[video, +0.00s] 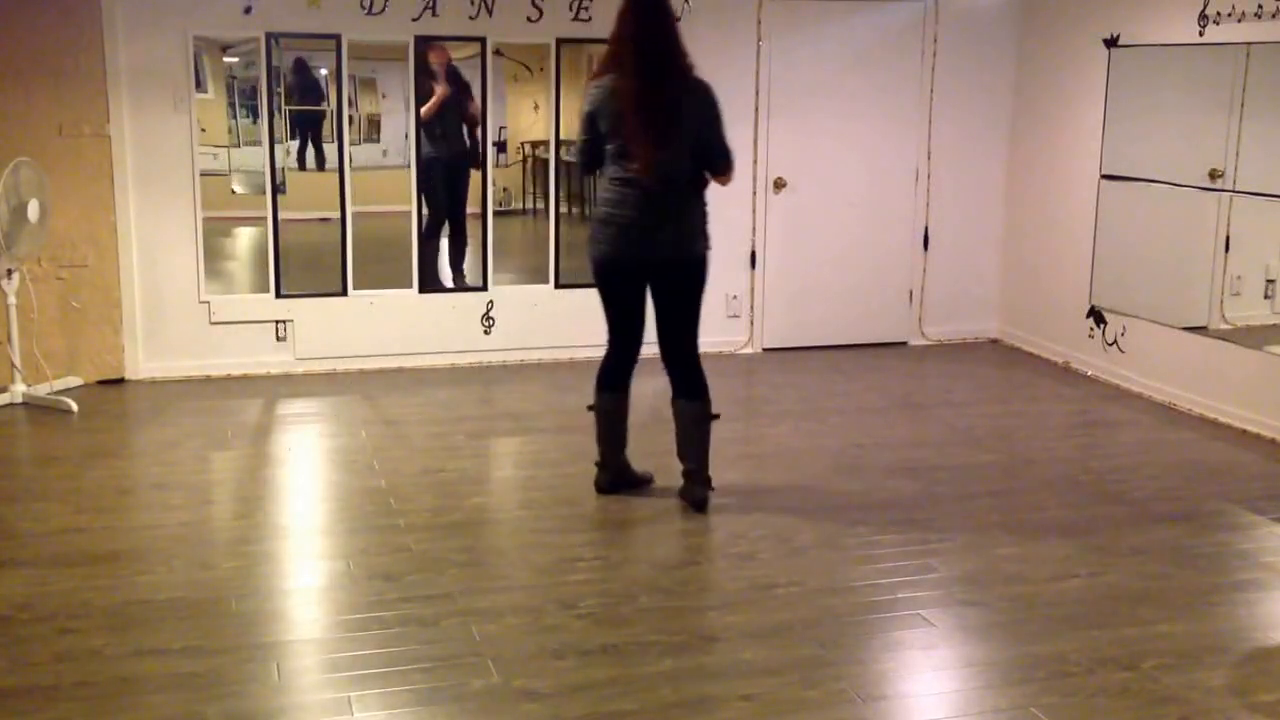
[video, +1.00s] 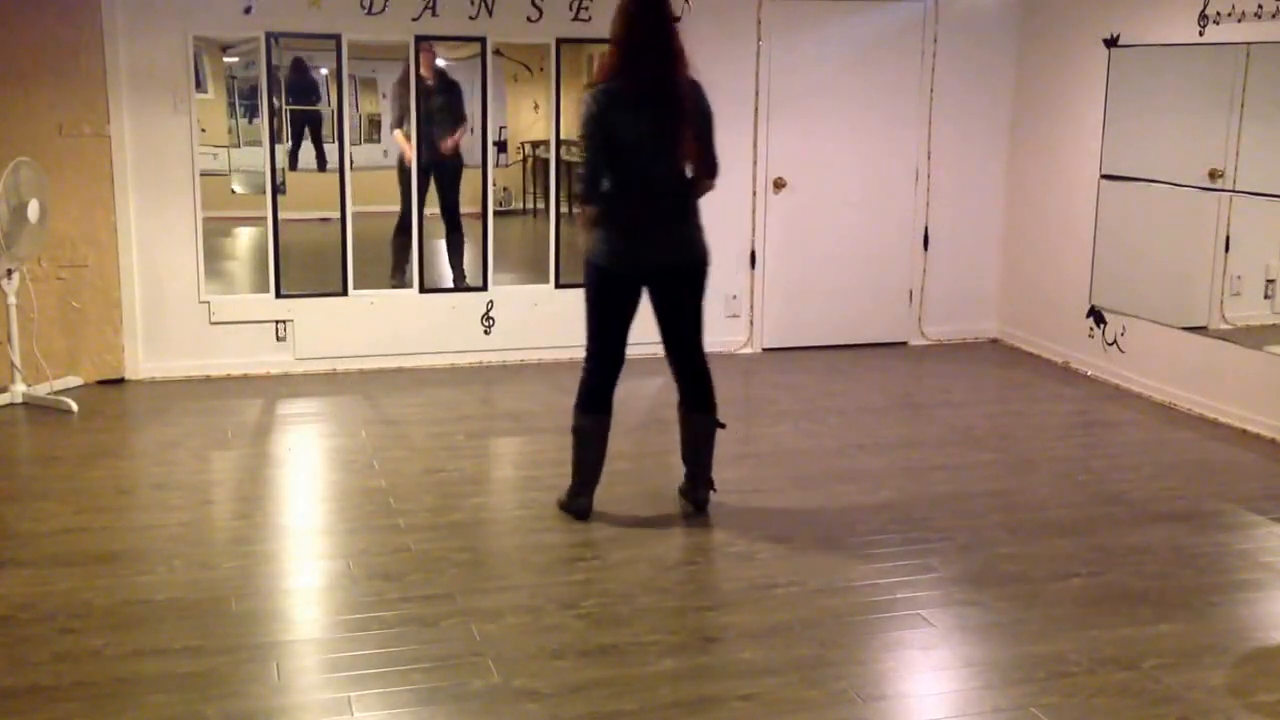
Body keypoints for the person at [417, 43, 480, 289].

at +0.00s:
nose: (441, 55)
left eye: (444, 50)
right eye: (435, 51)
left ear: (449, 55)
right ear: (426, 56)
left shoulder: (456, 79)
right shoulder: (420, 81)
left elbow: (473, 116)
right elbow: (417, 118)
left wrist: (472, 111)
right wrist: (439, 95)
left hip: (458, 155)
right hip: (431, 157)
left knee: (458, 217)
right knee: (438, 215)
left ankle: (458, 273)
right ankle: (428, 276)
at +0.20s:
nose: (447, 55)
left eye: (451, 50)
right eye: (441, 50)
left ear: (458, 55)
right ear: (432, 55)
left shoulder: (467, 83)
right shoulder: (424, 81)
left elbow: (483, 119)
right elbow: (419, 119)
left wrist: (474, 98)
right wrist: (433, 95)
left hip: (465, 156)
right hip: (434, 156)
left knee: (460, 214)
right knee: (443, 212)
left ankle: (458, 269)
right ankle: (440, 273)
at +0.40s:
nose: (449, 57)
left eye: (454, 52)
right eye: (444, 51)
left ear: (460, 55)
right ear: (434, 54)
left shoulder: (469, 83)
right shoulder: (424, 81)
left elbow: (481, 121)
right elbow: (419, 119)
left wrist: (472, 98)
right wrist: (432, 95)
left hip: (466, 157)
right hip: (435, 156)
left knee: (462, 216)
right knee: (443, 213)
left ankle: (458, 273)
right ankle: (439, 275)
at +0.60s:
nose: (449, 57)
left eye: (453, 53)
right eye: (444, 52)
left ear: (458, 57)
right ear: (433, 56)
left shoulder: (469, 85)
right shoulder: (424, 82)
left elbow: (480, 119)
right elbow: (418, 119)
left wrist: (466, 96)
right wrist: (431, 99)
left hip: (466, 157)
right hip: (435, 156)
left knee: (461, 216)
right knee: (435, 212)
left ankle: (458, 272)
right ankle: (420, 270)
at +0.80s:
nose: (441, 55)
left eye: (443, 51)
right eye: (436, 51)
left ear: (448, 55)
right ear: (425, 56)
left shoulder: (462, 86)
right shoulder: (418, 85)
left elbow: (476, 124)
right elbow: (407, 125)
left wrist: (457, 108)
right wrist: (430, 125)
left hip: (460, 156)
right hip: (430, 157)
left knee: (459, 215)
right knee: (420, 212)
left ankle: (459, 274)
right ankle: (399, 271)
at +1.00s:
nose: (428, 55)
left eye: (431, 50)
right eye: (422, 51)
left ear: (435, 54)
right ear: (414, 55)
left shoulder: (450, 85)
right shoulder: (404, 85)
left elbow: (462, 121)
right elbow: (395, 125)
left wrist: (455, 138)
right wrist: (407, 149)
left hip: (446, 156)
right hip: (415, 157)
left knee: (451, 214)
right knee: (409, 215)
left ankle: (459, 276)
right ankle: (398, 274)